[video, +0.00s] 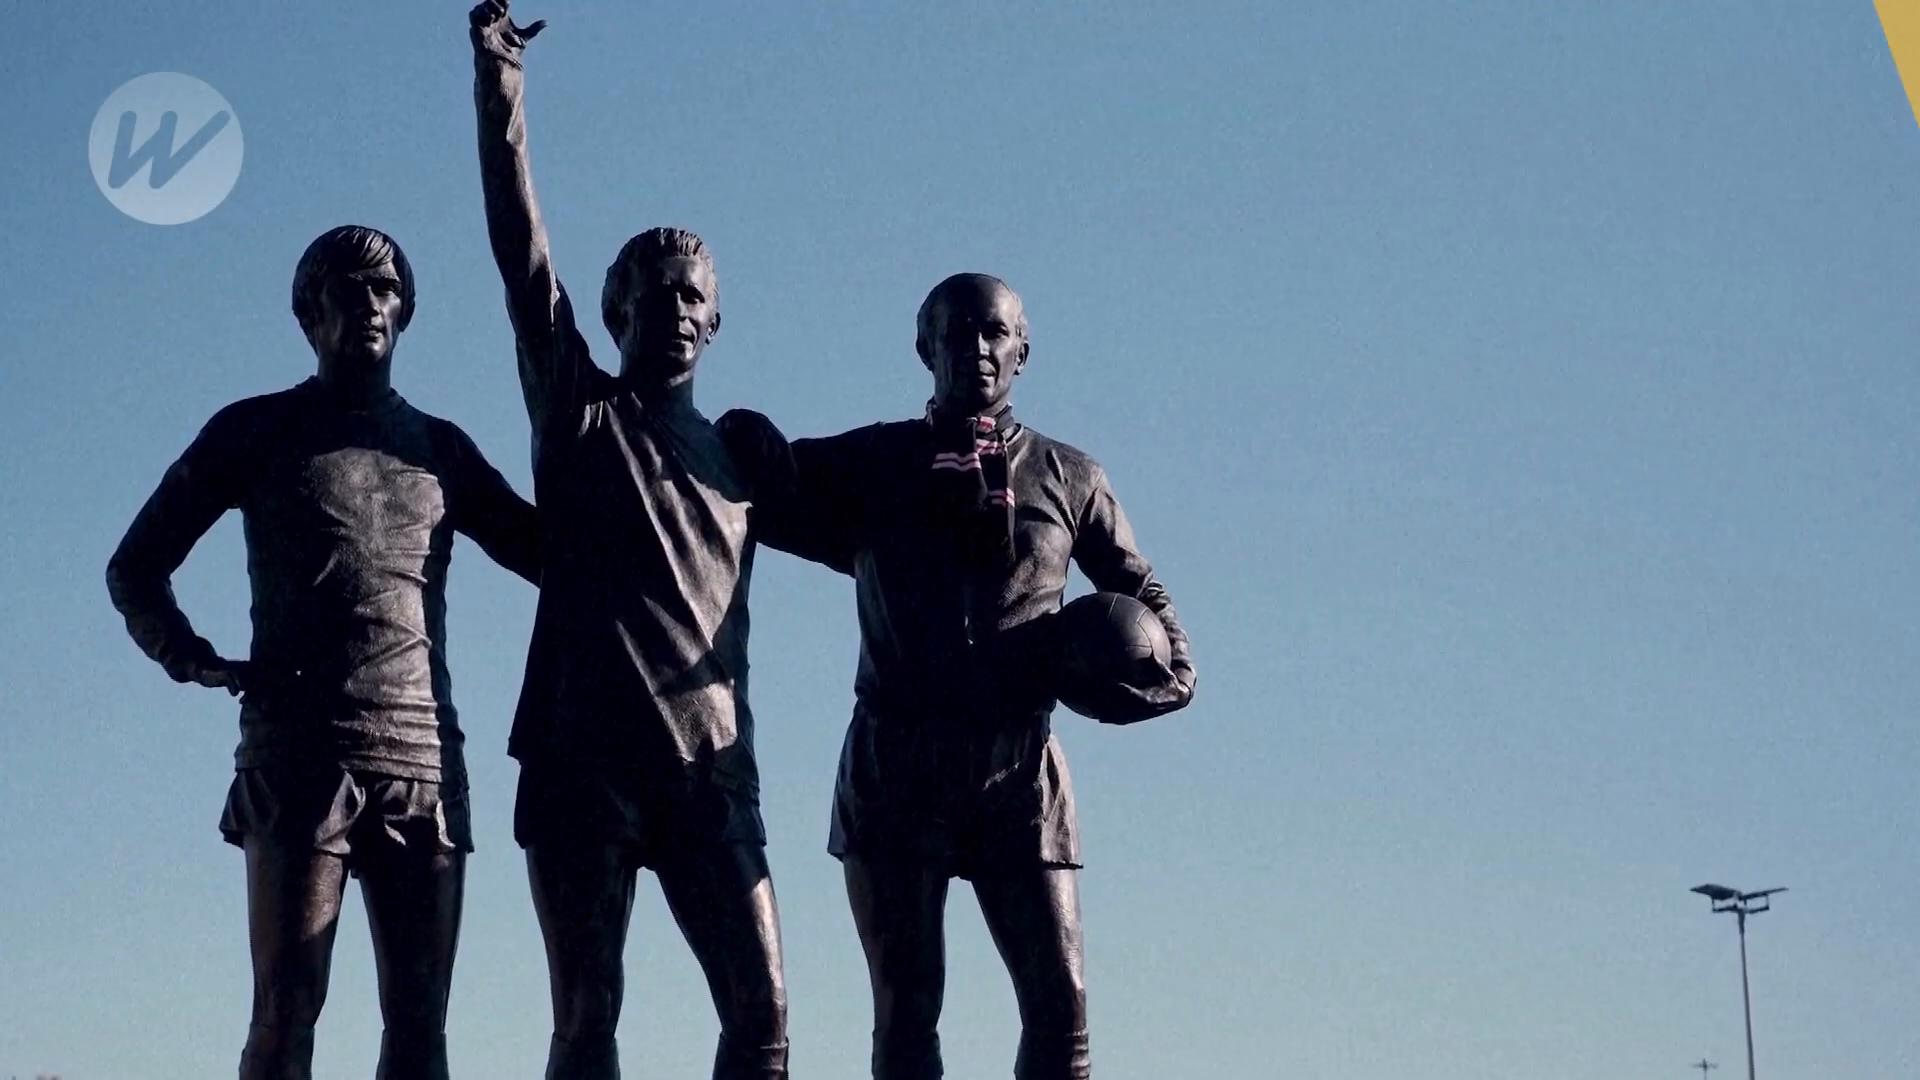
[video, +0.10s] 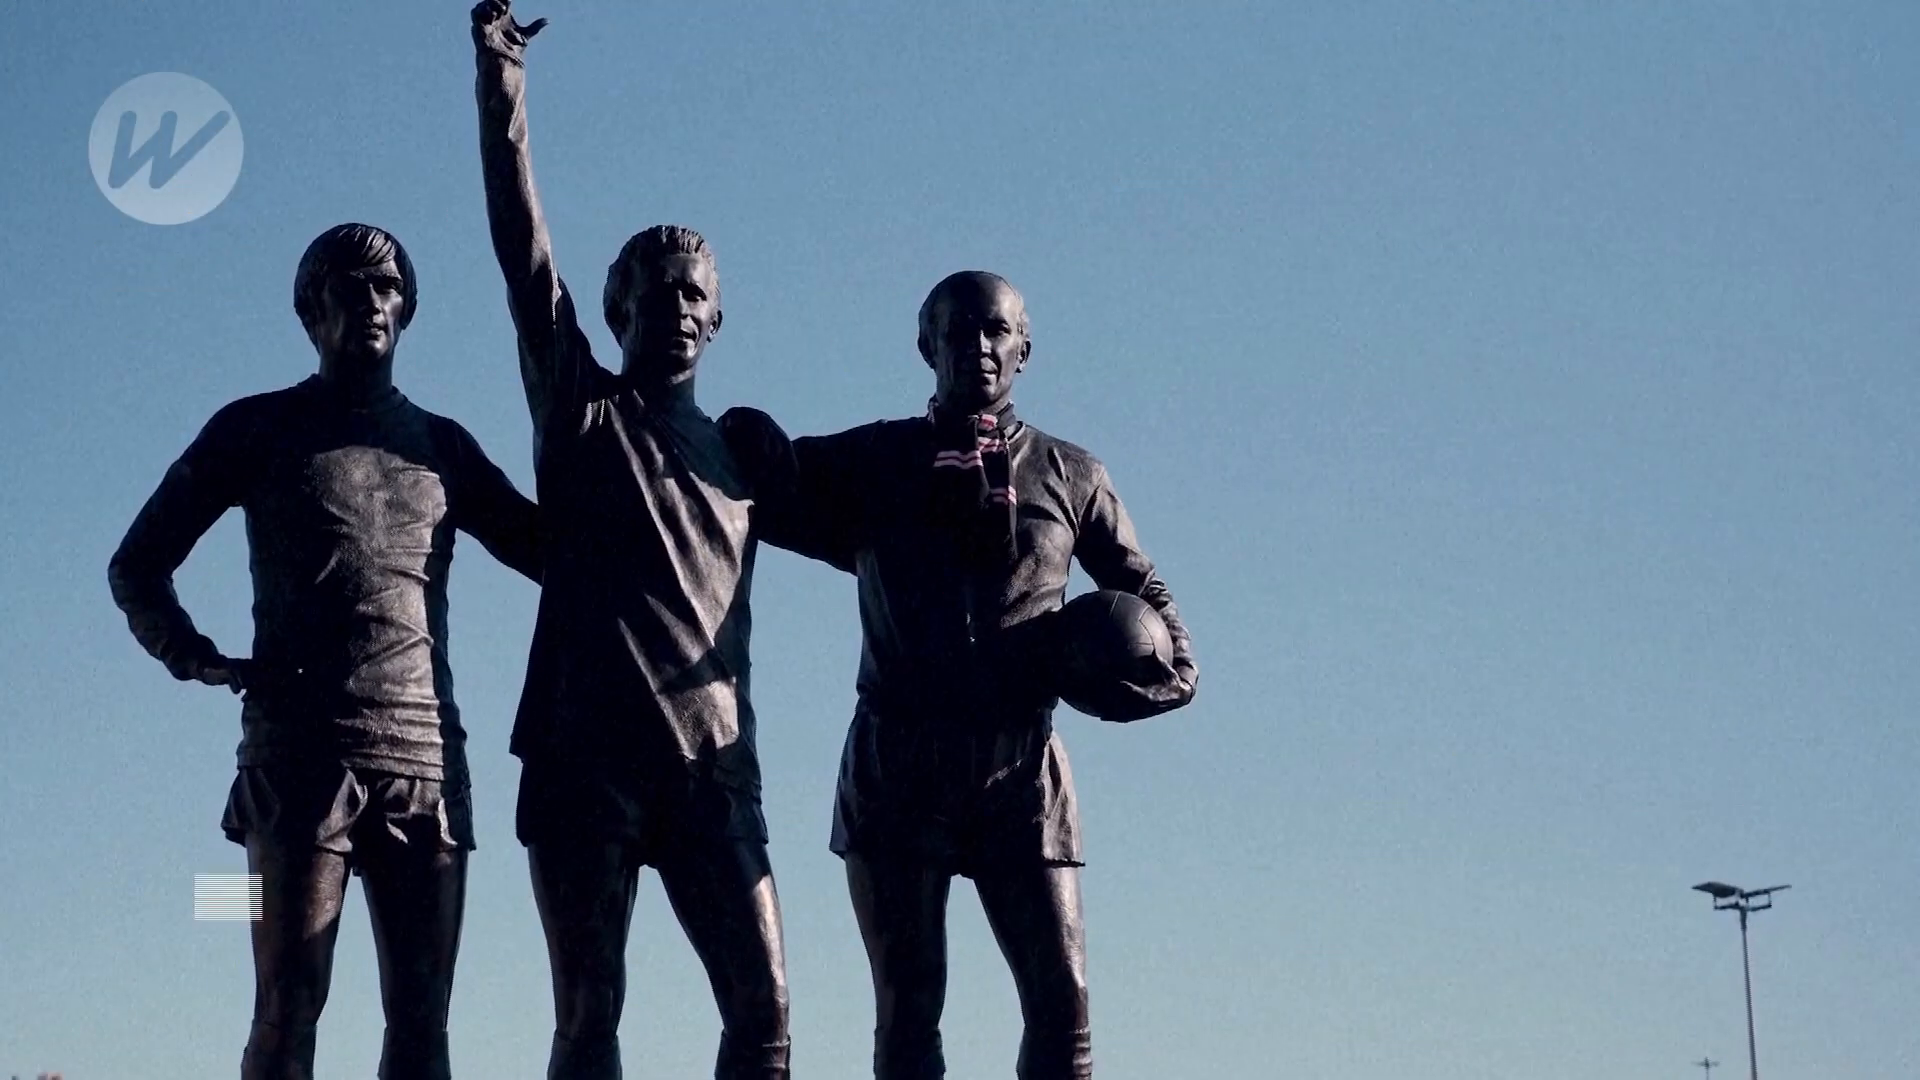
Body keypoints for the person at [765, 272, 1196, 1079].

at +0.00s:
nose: (979, 350)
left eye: (996, 333)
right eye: (960, 333)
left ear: (1021, 351)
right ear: (926, 345)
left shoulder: (1067, 475)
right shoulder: (874, 459)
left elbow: (1141, 592)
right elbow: (752, 476)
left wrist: (1163, 657)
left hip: (1019, 767)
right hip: (895, 766)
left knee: (1060, 1008)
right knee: (906, 1013)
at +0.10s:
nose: (983, 347)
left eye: (999, 331)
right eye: (963, 331)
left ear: (1023, 349)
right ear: (929, 343)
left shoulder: (1069, 473)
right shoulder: (875, 457)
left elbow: (1142, 589)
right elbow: (757, 477)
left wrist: (1164, 655)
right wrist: (751, 436)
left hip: (1021, 767)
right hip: (898, 766)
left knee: (1062, 1004)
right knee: (908, 1011)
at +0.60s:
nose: (989, 348)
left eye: (1006, 332)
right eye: (970, 331)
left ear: (1029, 349)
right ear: (934, 342)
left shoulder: (1076, 474)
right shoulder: (880, 459)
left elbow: (1150, 592)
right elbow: (756, 475)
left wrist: (1171, 659)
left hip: (1029, 766)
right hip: (904, 766)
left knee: (1068, 1006)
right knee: (914, 1014)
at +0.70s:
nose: (988, 347)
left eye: (1004, 331)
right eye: (968, 332)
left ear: (1029, 350)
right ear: (934, 346)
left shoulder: (1076, 474)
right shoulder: (881, 459)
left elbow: (1149, 589)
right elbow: (768, 481)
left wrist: (1176, 661)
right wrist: (757, 434)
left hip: (1026, 767)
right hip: (904, 768)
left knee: (1068, 1001)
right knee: (915, 1013)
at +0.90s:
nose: (984, 348)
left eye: (1002, 334)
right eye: (966, 333)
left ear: (1028, 353)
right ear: (933, 348)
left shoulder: (1076, 478)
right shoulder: (879, 461)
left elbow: (1150, 598)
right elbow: (765, 484)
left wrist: (1179, 668)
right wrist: (754, 434)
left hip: (1025, 771)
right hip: (902, 769)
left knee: (1067, 1003)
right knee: (913, 1015)